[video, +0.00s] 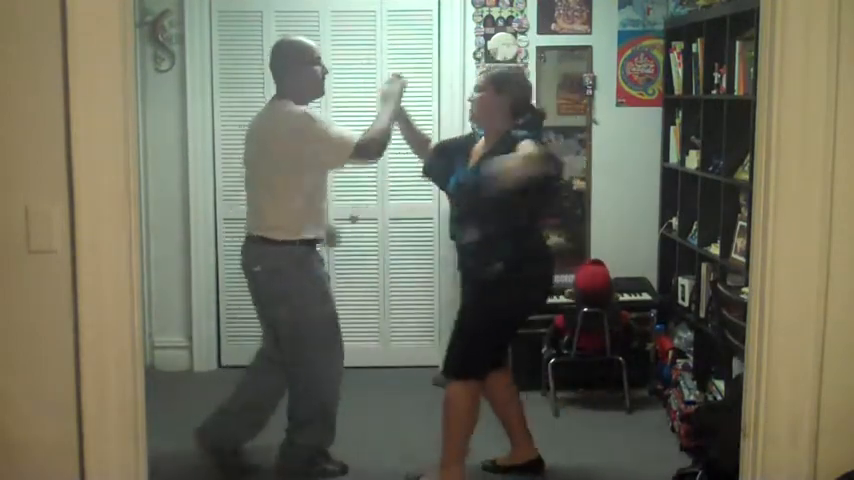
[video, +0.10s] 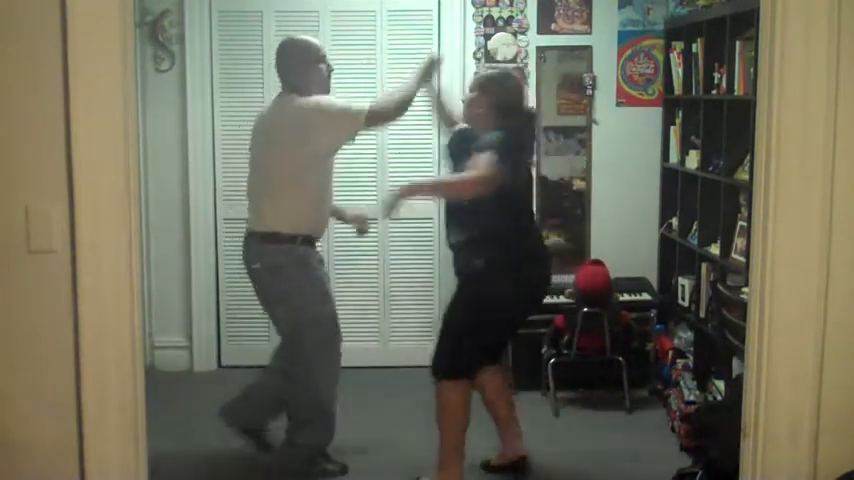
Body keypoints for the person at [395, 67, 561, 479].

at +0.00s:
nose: (472, 98)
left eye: (482, 91)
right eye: (475, 91)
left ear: (507, 100)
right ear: (491, 100)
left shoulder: (523, 142)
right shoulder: (469, 146)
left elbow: (535, 161)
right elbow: (429, 154)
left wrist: (508, 169)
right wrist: (397, 112)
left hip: (515, 269)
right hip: (480, 269)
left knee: (462, 367)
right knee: (490, 361)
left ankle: (450, 470)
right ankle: (524, 451)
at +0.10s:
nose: (468, 101)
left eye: (475, 95)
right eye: (471, 94)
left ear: (494, 104)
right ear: (498, 105)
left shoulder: (497, 141)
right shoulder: (484, 139)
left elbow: (482, 181)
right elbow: (452, 125)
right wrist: (433, 89)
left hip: (497, 266)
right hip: (511, 263)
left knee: (451, 364)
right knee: (482, 355)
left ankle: (449, 469)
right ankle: (513, 448)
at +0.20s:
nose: (522, 103)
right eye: (518, 97)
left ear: (474, 102)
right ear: (517, 101)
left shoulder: (459, 147)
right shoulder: (529, 143)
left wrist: (405, 194)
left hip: (470, 273)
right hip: (524, 272)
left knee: (446, 363)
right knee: (497, 356)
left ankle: (447, 468)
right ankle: (481, 451)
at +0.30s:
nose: (512, 93)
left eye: (501, 88)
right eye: (509, 88)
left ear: (467, 98)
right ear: (509, 97)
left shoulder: (450, 141)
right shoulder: (526, 137)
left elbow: (407, 178)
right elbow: (560, 76)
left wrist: (446, 216)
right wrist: (516, 38)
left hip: (453, 262)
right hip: (511, 265)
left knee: (444, 346)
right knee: (509, 360)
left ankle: (424, 433)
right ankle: (461, 445)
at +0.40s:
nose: (516, 94)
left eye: (514, 86)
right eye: (509, 86)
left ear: (472, 94)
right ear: (493, 92)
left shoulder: (465, 136)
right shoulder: (495, 135)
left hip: (455, 256)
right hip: (482, 260)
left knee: (484, 345)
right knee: (500, 354)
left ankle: (414, 394)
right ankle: (458, 438)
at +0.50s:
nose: (510, 92)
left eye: (514, 83)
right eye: (500, 83)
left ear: (519, 90)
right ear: (480, 89)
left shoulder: (519, 139)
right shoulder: (469, 126)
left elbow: (535, 185)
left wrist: (566, 205)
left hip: (506, 262)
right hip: (460, 258)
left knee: (522, 354)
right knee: (480, 357)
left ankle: (466, 389)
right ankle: (471, 441)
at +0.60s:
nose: (485, 92)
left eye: (495, 85)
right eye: (481, 85)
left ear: (516, 91)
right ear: (474, 93)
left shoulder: (538, 146)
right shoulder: (458, 135)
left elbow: (577, 187)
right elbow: (411, 112)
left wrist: (558, 209)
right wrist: (425, 60)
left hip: (510, 262)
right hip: (453, 261)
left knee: (512, 360)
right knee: (463, 363)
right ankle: (489, 434)